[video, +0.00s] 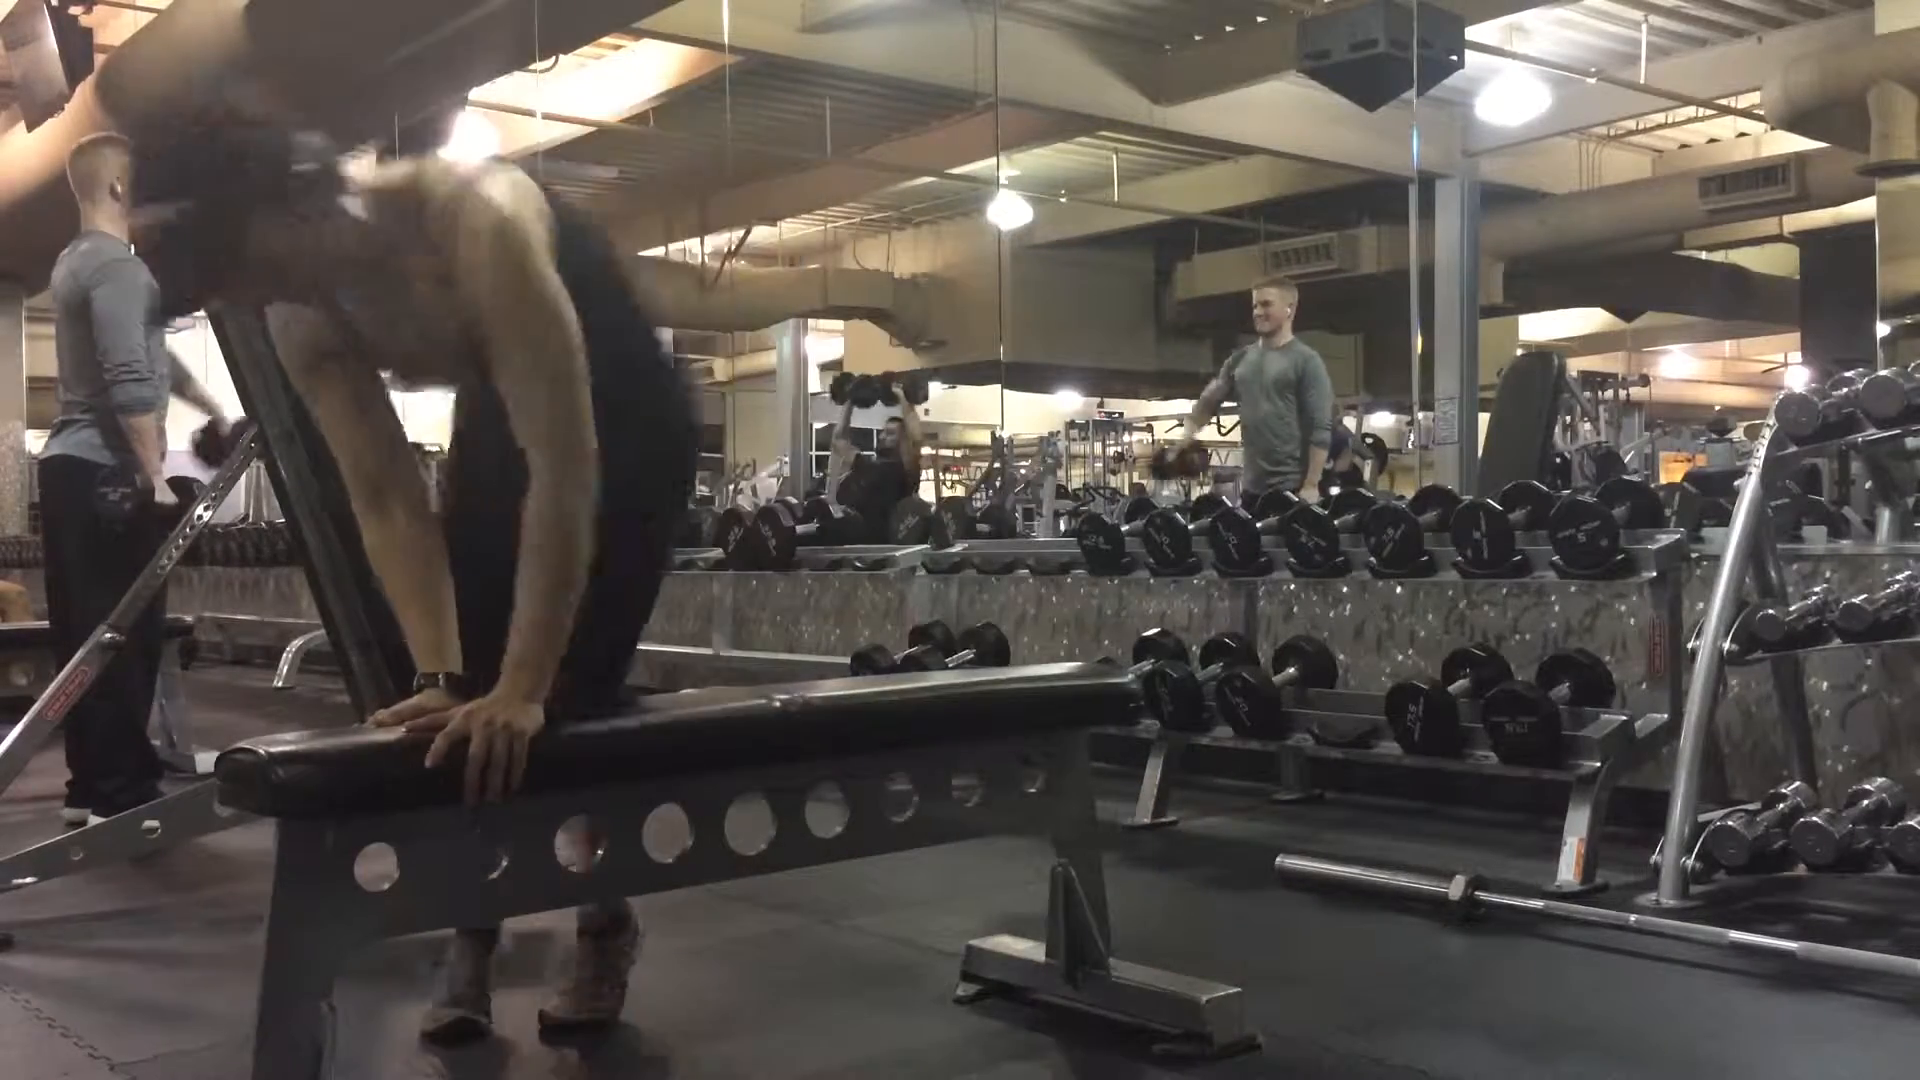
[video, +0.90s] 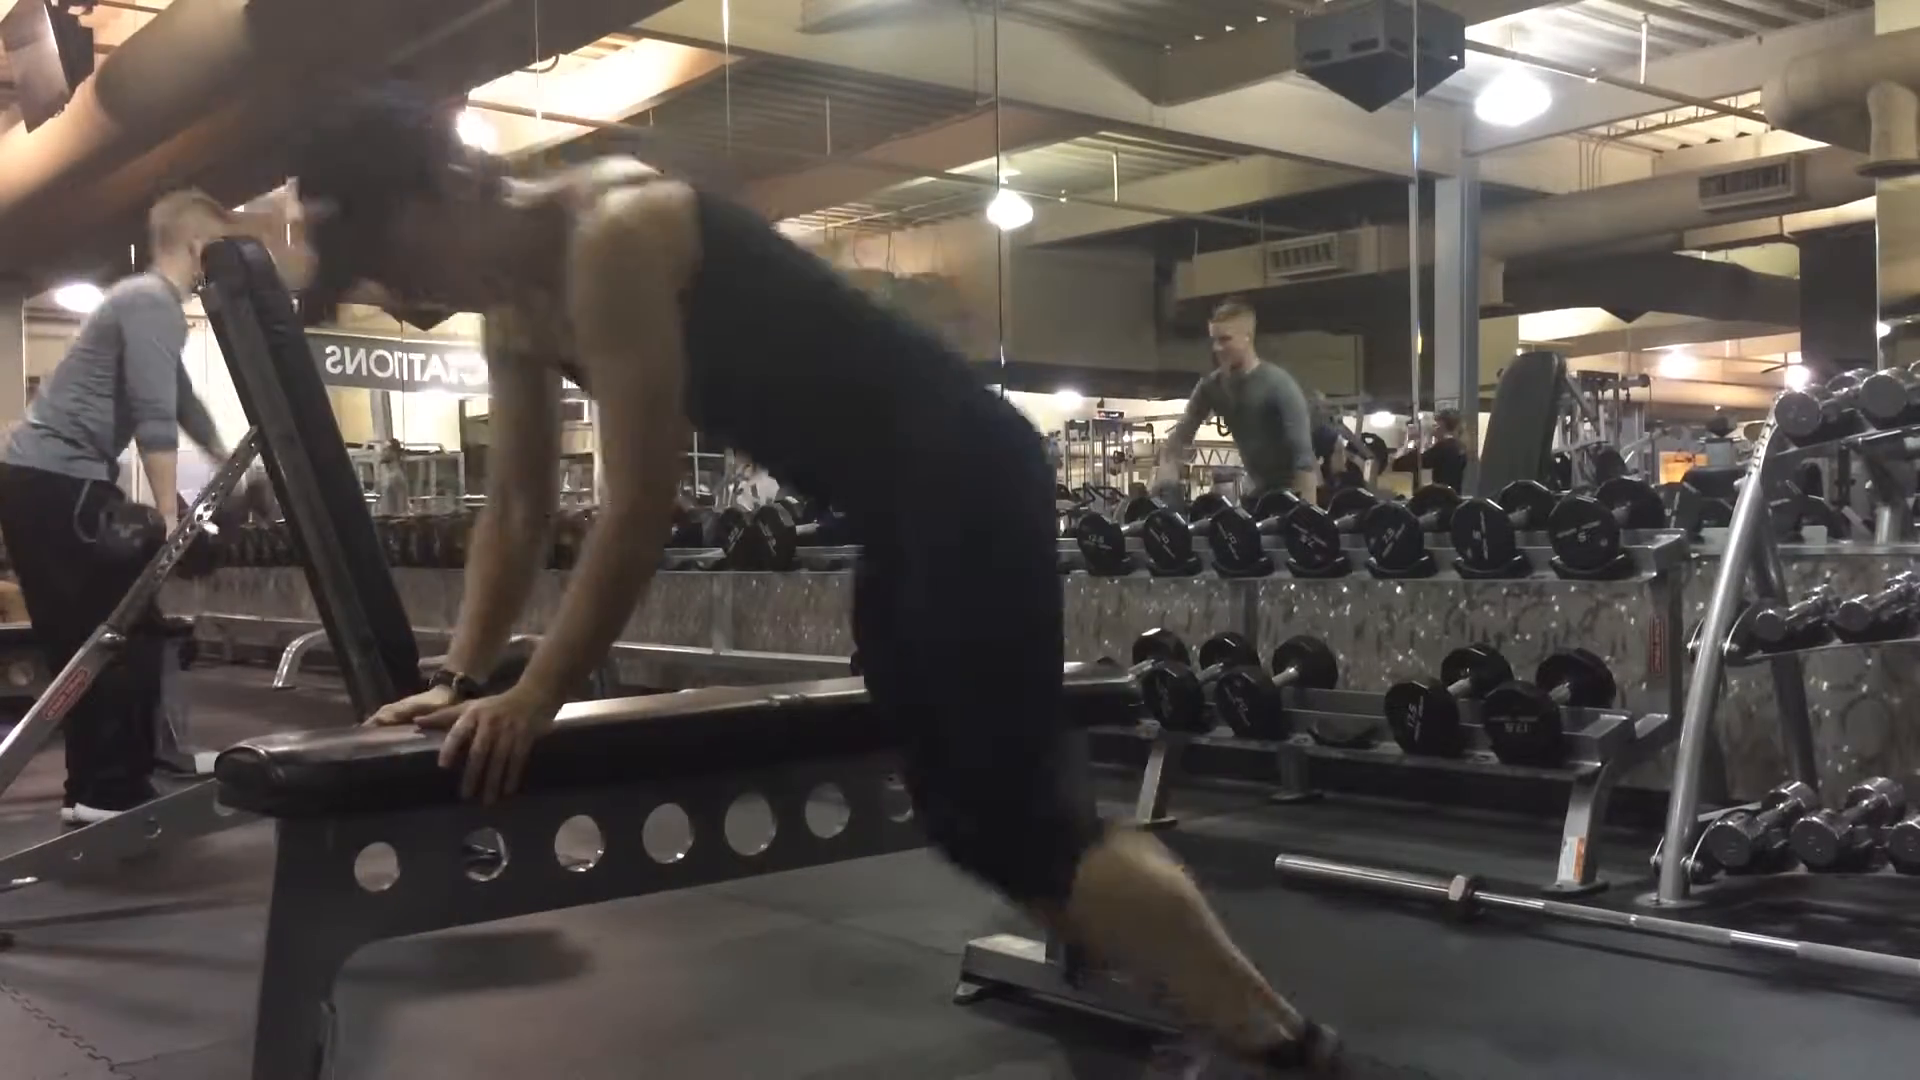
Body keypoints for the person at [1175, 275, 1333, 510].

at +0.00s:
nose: (1257, 312)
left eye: (1266, 305)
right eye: (1255, 306)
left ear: (1290, 309)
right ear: (1252, 309)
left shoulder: (1307, 361)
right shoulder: (1241, 359)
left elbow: (1321, 429)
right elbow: (1208, 401)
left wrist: (1311, 485)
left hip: (1292, 484)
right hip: (1252, 484)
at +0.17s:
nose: (1258, 316)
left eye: (1266, 308)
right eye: (1255, 310)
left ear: (1290, 309)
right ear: (1252, 311)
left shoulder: (1306, 360)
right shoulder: (1245, 356)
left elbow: (1321, 428)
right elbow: (1201, 375)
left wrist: (1312, 485)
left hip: (1293, 484)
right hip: (1254, 482)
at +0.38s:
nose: (1249, 321)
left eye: (1256, 312)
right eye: (1246, 314)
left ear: (1280, 309)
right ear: (1243, 315)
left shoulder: (1300, 358)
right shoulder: (1243, 354)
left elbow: (1318, 426)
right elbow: (1201, 355)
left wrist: (1311, 484)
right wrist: (1167, 346)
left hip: (1290, 486)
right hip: (1254, 484)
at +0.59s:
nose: (1249, 320)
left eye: (1256, 312)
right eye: (1246, 314)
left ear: (1281, 310)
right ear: (1244, 316)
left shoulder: (1300, 360)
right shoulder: (1242, 355)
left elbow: (1315, 427)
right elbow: (1194, 362)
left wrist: (1310, 485)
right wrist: (1146, 360)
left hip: (1289, 485)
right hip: (1252, 485)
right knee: (1251, 563)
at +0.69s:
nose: (1244, 321)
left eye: (1251, 313)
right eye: (1241, 314)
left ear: (1276, 311)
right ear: (1239, 316)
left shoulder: (1297, 365)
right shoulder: (1239, 357)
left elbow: (1311, 434)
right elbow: (1193, 376)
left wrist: (1308, 490)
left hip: (1286, 490)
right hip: (1250, 489)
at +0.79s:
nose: (1234, 329)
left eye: (1242, 320)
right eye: (1230, 322)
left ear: (1264, 318)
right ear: (1227, 324)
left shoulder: (1290, 371)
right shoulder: (1227, 368)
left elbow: (1308, 445)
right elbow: (1189, 396)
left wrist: (1308, 499)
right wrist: (1163, 422)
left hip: (1289, 489)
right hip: (1253, 489)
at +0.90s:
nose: (1216, 348)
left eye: (1224, 339)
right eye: (1213, 340)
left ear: (1247, 337)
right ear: (1210, 340)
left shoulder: (1280, 385)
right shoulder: (1212, 387)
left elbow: (1304, 460)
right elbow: (1182, 435)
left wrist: (1308, 517)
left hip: (1294, 488)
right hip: (1261, 489)